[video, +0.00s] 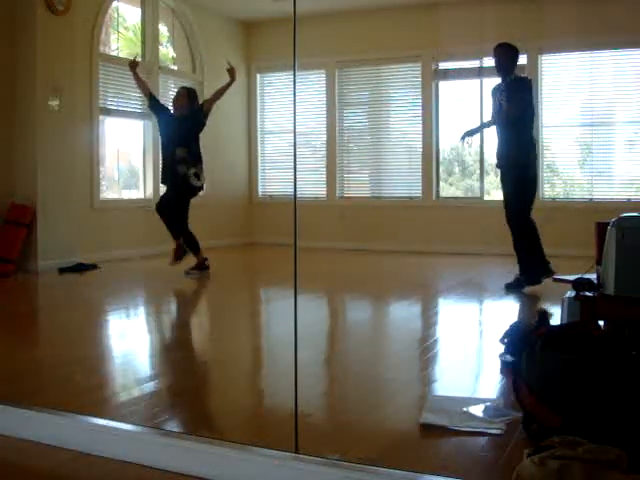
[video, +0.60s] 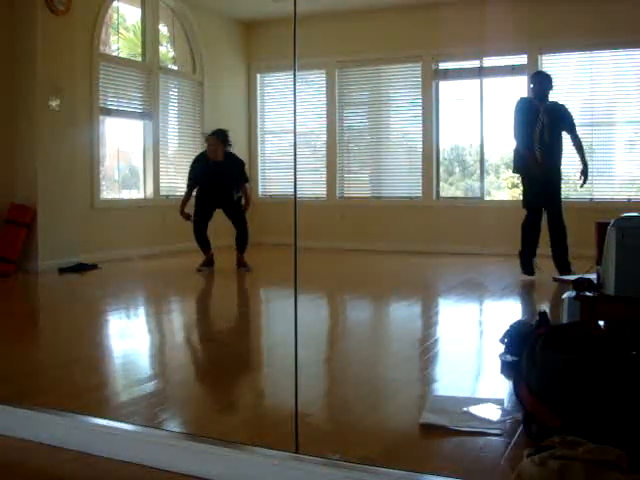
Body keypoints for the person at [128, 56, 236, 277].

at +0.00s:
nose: (175, 100)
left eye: (180, 97)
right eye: (175, 96)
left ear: (190, 102)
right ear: (174, 101)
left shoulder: (195, 119)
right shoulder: (165, 118)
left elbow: (211, 101)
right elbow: (148, 94)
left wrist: (230, 82)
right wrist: (134, 73)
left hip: (191, 179)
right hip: (173, 179)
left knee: (162, 208)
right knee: (180, 223)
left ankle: (179, 242)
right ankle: (200, 260)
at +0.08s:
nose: (179, 100)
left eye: (184, 97)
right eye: (179, 97)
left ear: (194, 102)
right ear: (177, 101)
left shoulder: (199, 119)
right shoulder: (168, 118)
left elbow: (216, 103)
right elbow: (151, 96)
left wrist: (237, 85)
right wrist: (138, 75)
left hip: (194, 179)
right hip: (175, 179)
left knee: (164, 203)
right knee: (182, 224)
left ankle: (190, 231)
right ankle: (201, 261)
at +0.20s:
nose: (186, 94)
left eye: (191, 92)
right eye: (186, 91)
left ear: (199, 98)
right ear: (185, 96)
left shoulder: (208, 114)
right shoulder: (175, 113)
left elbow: (223, 96)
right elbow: (161, 87)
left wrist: (241, 74)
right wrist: (152, 63)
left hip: (204, 172)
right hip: (182, 172)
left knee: (181, 201)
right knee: (189, 219)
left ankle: (207, 206)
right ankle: (201, 259)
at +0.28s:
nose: (195, 92)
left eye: (199, 89)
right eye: (195, 88)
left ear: (208, 94)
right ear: (195, 91)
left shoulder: (213, 110)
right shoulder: (183, 106)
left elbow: (227, 104)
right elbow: (165, 92)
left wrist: (238, 94)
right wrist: (152, 78)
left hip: (212, 171)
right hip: (190, 171)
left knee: (216, 211)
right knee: (197, 216)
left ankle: (233, 247)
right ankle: (209, 253)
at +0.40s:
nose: (203, 104)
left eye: (208, 101)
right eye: (203, 100)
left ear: (216, 105)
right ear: (201, 102)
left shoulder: (223, 127)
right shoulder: (187, 124)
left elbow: (231, 153)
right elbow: (175, 147)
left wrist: (242, 174)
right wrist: (164, 166)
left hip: (221, 180)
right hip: (198, 181)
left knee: (230, 221)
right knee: (200, 224)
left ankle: (242, 256)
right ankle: (208, 258)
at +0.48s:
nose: (206, 116)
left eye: (211, 113)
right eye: (204, 112)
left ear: (219, 117)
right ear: (201, 114)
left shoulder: (225, 140)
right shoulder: (190, 139)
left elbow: (236, 169)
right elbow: (181, 166)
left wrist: (245, 192)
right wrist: (172, 189)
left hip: (224, 188)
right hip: (201, 188)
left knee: (234, 225)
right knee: (202, 228)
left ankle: (241, 258)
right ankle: (208, 258)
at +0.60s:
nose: (209, 148)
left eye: (212, 144)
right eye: (208, 144)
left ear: (222, 145)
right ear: (206, 144)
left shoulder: (235, 162)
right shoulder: (200, 161)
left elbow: (243, 184)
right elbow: (191, 186)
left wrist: (247, 201)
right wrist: (182, 208)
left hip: (228, 198)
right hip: (206, 198)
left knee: (242, 227)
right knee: (199, 229)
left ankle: (240, 259)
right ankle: (209, 258)